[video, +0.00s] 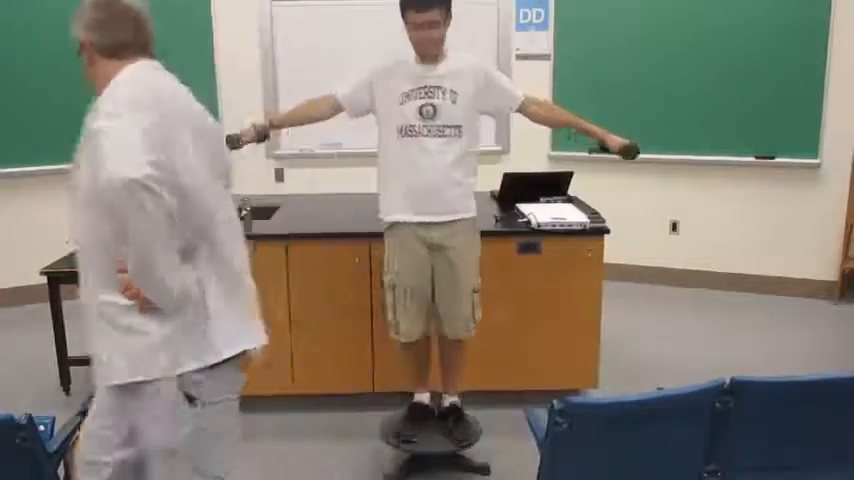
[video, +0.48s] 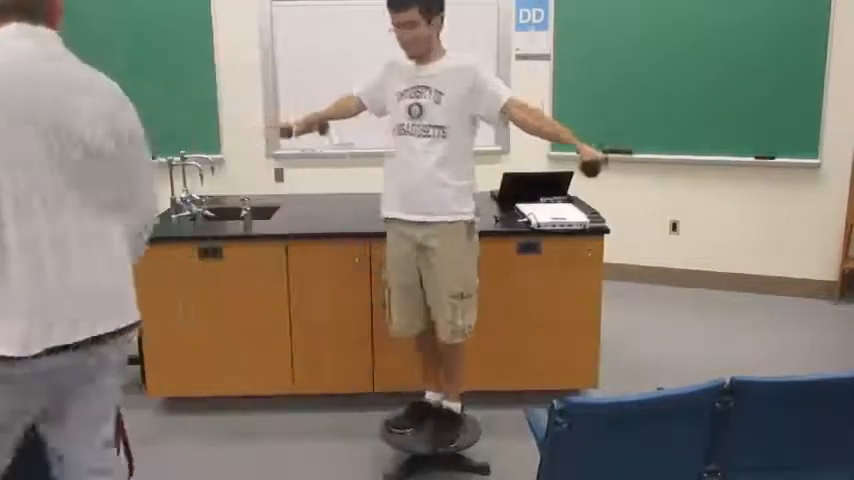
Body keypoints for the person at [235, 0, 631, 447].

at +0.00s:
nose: (427, 34)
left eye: (434, 25)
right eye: (418, 26)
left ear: (448, 24)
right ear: (405, 26)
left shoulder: (474, 75)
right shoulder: (384, 78)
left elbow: (534, 108)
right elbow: (329, 105)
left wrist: (601, 134)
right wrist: (271, 123)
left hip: (457, 218)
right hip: (403, 218)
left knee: (455, 319)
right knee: (412, 320)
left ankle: (451, 403)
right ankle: (421, 400)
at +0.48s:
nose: (402, 36)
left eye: (409, 25)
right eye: (396, 27)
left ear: (437, 22)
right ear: (392, 27)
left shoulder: (467, 74)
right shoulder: (393, 73)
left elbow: (519, 112)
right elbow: (356, 103)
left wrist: (577, 143)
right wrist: (303, 124)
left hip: (450, 219)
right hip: (400, 217)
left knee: (449, 323)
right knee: (417, 320)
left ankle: (452, 411)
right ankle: (430, 400)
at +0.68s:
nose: (395, 35)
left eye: (402, 26)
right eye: (391, 27)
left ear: (432, 23)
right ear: (392, 28)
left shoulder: (459, 74)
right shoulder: (403, 74)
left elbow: (500, 113)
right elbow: (378, 103)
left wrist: (545, 152)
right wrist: (352, 117)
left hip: (446, 217)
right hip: (406, 214)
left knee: (446, 324)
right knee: (421, 320)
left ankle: (453, 414)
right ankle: (437, 401)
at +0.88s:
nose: (389, 35)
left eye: (395, 26)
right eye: (387, 27)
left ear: (426, 22)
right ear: (414, 24)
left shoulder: (446, 74)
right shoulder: (416, 76)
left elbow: (473, 112)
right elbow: (405, 107)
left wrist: (491, 154)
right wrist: (387, 120)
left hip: (441, 219)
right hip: (413, 216)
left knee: (440, 324)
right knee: (424, 321)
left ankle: (449, 414)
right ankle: (441, 402)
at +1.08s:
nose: (387, 35)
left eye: (392, 25)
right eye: (386, 27)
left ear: (421, 23)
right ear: (415, 25)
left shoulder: (438, 67)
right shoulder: (425, 69)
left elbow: (442, 114)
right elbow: (434, 126)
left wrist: (435, 159)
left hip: (435, 219)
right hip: (421, 217)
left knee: (435, 320)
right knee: (427, 318)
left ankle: (445, 415)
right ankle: (439, 403)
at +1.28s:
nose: (387, 36)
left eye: (390, 26)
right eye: (386, 27)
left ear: (414, 22)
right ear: (425, 23)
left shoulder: (427, 69)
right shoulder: (450, 68)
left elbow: (410, 113)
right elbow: (456, 128)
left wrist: (371, 159)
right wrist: (408, 151)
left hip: (428, 221)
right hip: (443, 218)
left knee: (431, 325)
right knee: (437, 323)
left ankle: (437, 417)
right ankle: (447, 406)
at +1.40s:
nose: (391, 36)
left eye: (391, 26)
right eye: (389, 27)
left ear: (407, 22)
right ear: (430, 23)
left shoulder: (409, 72)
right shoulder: (459, 71)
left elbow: (372, 118)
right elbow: (493, 108)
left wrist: (319, 157)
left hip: (423, 223)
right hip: (454, 217)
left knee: (424, 326)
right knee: (448, 324)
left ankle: (431, 416)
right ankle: (451, 408)